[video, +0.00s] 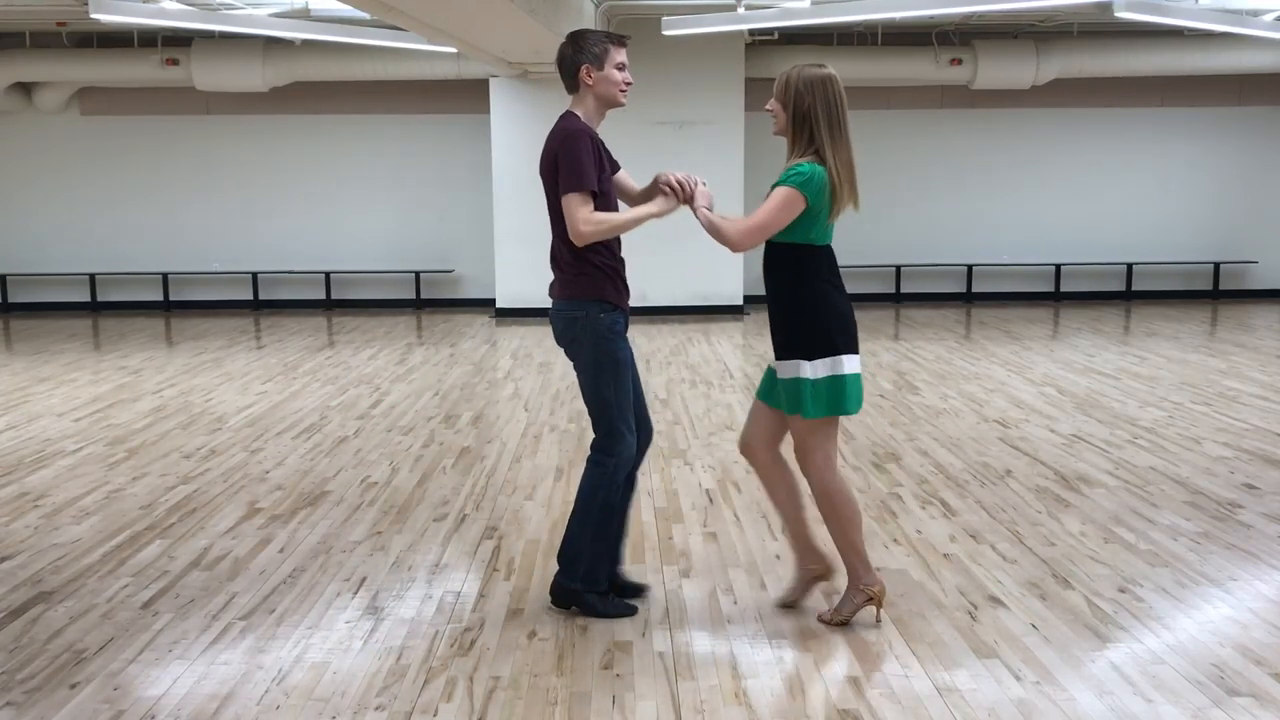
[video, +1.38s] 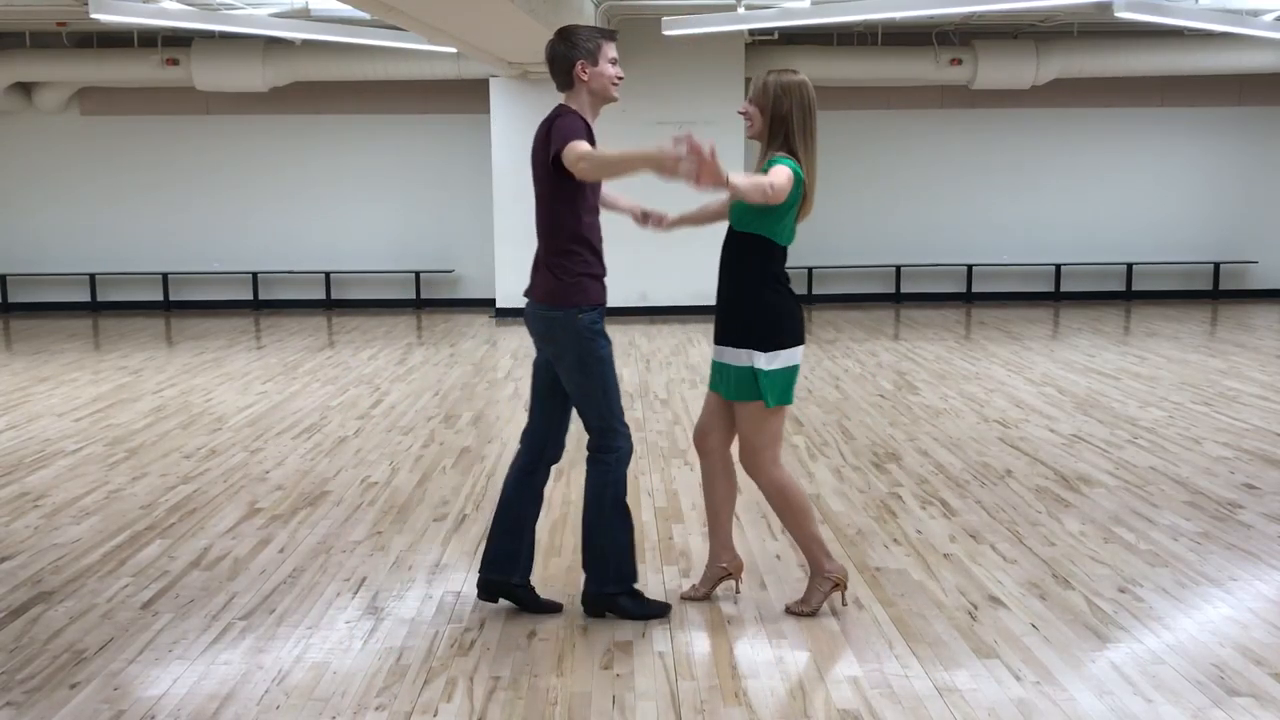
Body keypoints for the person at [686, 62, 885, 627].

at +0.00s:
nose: (768, 107)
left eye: (777, 99)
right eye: (771, 98)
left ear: (801, 110)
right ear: (808, 109)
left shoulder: (810, 175)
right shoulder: (801, 172)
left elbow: (741, 237)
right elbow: (747, 233)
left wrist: (703, 210)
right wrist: (705, 212)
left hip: (820, 340)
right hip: (801, 339)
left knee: (817, 459)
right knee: (758, 445)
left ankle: (863, 579)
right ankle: (810, 559)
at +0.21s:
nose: (746, 107)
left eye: (754, 99)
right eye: (749, 98)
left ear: (778, 109)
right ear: (782, 109)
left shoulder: (780, 173)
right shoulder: (773, 167)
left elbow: (697, 213)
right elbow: (713, 205)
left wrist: (664, 183)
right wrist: (673, 181)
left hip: (778, 333)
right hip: (756, 328)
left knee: (764, 460)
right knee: (728, 444)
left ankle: (841, 566)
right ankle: (749, 562)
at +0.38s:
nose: (728, 107)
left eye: (737, 101)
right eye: (733, 99)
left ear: (757, 112)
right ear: (772, 114)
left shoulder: (757, 172)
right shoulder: (761, 170)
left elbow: (672, 197)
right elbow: (683, 197)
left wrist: (641, 160)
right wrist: (647, 162)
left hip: (746, 340)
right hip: (753, 335)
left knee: (688, 451)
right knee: (723, 453)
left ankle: (755, 554)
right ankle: (748, 571)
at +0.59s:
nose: (711, 110)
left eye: (719, 103)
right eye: (714, 102)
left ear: (739, 113)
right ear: (749, 118)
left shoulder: (742, 170)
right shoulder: (731, 173)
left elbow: (665, 141)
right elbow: (655, 164)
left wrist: (635, 90)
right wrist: (621, 105)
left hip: (720, 330)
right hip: (729, 328)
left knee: (668, 445)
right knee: (689, 451)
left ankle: (693, 569)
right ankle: (742, 560)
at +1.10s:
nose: (723, 118)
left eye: (732, 109)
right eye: (726, 112)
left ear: (753, 117)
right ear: (742, 117)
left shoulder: (756, 168)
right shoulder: (728, 169)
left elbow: (729, 111)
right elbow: (700, 134)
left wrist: (695, 35)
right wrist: (675, 93)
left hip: (728, 336)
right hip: (706, 331)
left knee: (680, 456)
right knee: (689, 454)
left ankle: (746, 555)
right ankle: (719, 558)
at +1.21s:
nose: (732, 117)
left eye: (738, 109)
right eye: (732, 108)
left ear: (758, 114)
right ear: (762, 116)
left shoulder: (768, 169)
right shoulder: (740, 174)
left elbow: (741, 131)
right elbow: (706, 162)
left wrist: (712, 74)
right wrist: (676, 138)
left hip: (736, 338)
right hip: (708, 332)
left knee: (712, 462)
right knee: (691, 443)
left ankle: (794, 554)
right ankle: (722, 557)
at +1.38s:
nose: (743, 110)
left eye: (752, 103)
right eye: (746, 101)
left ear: (776, 112)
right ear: (771, 113)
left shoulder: (785, 165)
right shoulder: (763, 168)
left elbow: (772, 190)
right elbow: (728, 208)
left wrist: (725, 177)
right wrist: (672, 221)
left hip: (765, 326)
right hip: (740, 323)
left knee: (760, 458)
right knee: (710, 439)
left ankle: (825, 567)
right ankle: (722, 556)